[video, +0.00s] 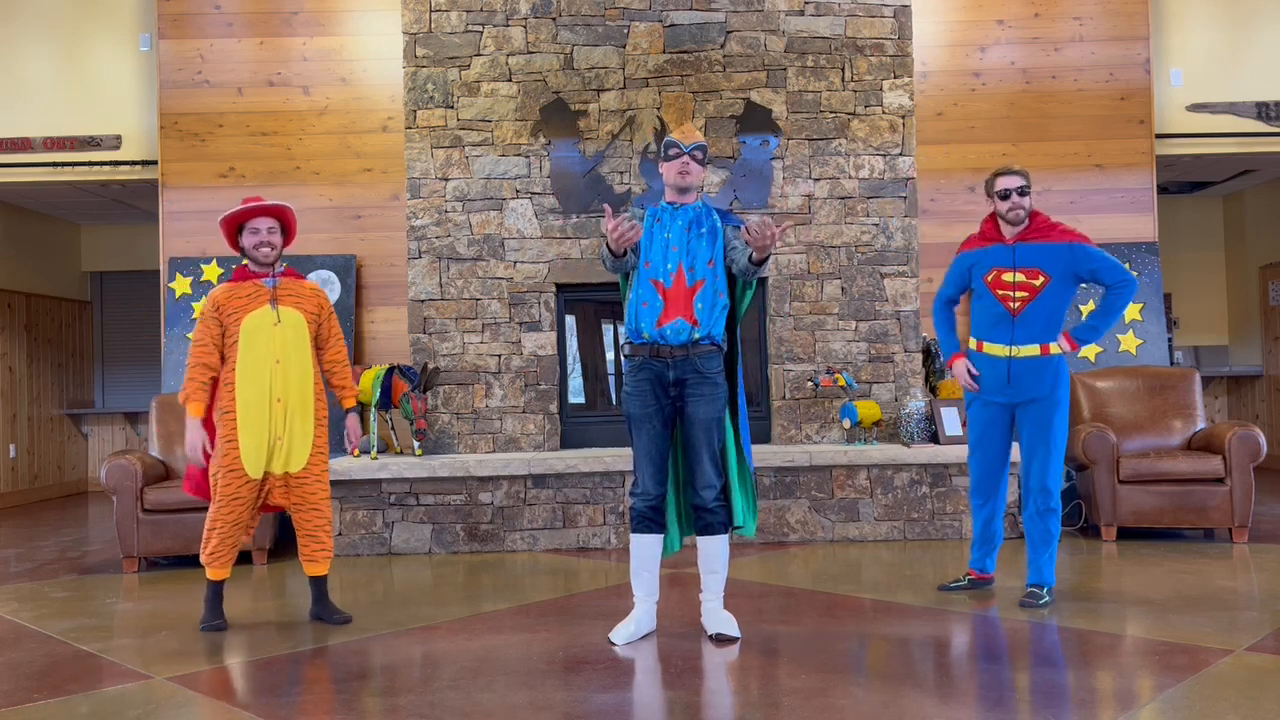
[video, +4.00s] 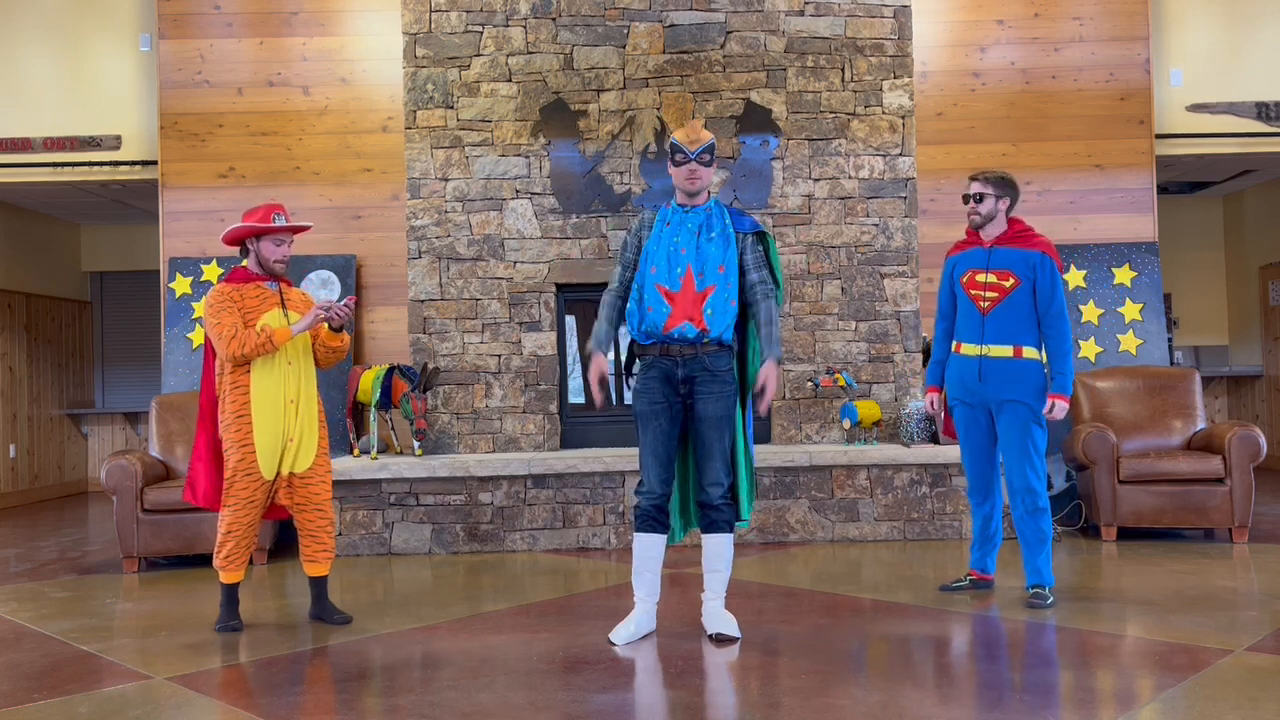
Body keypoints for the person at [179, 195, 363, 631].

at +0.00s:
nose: (264, 239)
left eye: (272, 232)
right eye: (254, 233)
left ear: (284, 240)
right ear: (240, 242)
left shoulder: (311, 295)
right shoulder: (222, 298)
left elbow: (334, 354)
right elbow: (203, 360)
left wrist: (350, 409)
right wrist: (194, 420)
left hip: (304, 425)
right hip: (241, 426)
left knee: (314, 506)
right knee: (229, 508)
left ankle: (321, 600)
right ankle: (213, 603)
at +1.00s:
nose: (278, 239)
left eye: (286, 232)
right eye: (268, 232)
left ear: (296, 242)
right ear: (254, 241)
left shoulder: (314, 299)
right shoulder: (231, 293)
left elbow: (334, 361)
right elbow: (210, 357)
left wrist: (347, 418)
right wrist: (229, 416)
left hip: (308, 425)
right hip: (252, 424)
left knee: (317, 508)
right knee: (239, 512)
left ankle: (321, 600)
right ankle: (229, 606)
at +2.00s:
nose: (277, 242)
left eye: (284, 235)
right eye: (267, 235)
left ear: (293, 243)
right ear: (251, 243)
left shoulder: (303, 300)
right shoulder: (229, 293)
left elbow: (318, 367)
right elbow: (200, 353)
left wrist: (332, 420)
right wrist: (207, 343)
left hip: (303, 418)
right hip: (250, 418)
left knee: (318, 499)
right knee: (244, 500)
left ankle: (321, 600)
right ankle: (229, 605)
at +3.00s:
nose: (290, 249)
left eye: (293, 242)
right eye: (281, 241)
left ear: (294, 245)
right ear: (255, 246)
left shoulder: (300, 297)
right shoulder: (225, 294)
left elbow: (324, 352)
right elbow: (232, 331)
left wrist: (354, 346)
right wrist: (283, 294)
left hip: (303, 423)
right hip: (248, 425)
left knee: (316, 502)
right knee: (242, 507)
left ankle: (320, 600)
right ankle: (229, 607)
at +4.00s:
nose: (287, 251)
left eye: (289, 243)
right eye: (278, 242)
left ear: (290, 246)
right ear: (252, 245)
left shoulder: (300, 298)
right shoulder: (222, 297)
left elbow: (326, 357)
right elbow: (237, 346)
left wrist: (339, 329)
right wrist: (300, 326)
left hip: (303, 419)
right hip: (249, 421)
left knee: (317, 500)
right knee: (242, 504)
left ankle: (320, 601)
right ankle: (229, 606)